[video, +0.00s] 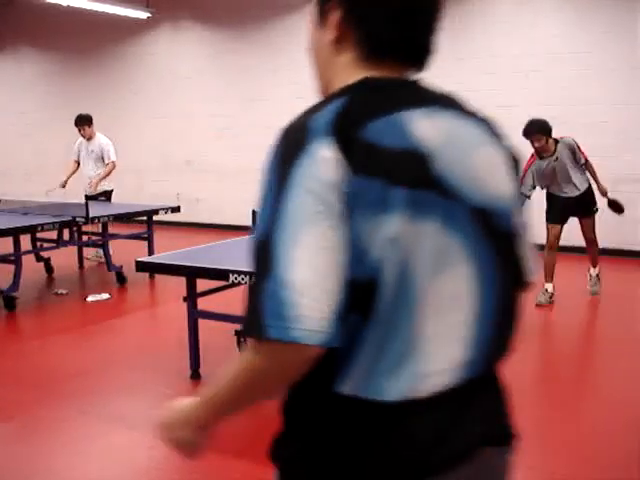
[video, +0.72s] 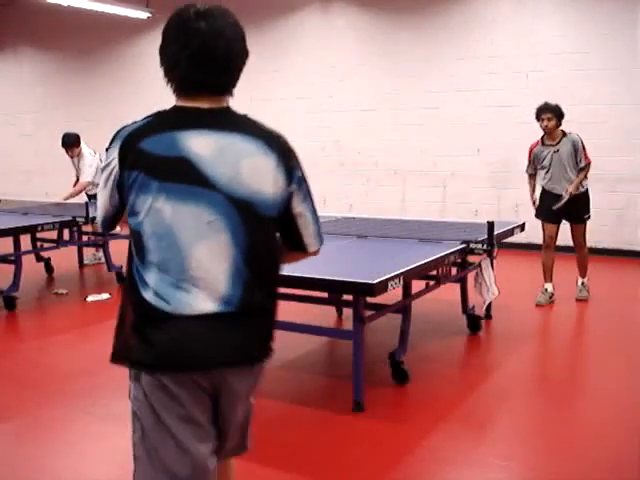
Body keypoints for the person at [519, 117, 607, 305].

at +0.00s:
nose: (536, 145)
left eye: (539, 140)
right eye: (533, 142)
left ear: (548, 136)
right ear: (530, 141)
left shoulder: (568, 145)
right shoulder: (533, 165)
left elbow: (586, 164)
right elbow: (520, 197)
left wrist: (599, 185)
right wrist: (512, 225)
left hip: (581, 192)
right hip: (556, 197)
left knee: (589, 237)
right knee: (551, 242)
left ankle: (594, 272)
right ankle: (548, 288)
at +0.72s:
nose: (545, 124)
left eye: (549, 120)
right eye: (542, 121)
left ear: (558, 120)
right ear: (539, 123)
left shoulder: (573, 141)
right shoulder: (536, 149)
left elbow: (585, 166)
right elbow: (531, 173)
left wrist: (576, 183)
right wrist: (532, 195)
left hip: (576, 195)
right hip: (550, 196)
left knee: (579, 243)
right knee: (548, 241)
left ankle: (582, 282)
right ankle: (547, 287)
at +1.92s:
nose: (572, 122)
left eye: (576, 118)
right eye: (570, 118)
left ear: (588, 119)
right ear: (570, 119)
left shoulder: (603, 142)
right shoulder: (565, 147)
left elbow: (610, 173)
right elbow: (559, 177)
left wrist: (587, 175)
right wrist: (545, 187)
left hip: (598, 200)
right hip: (572, 199)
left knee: (600, 250)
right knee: (557, 246)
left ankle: (604, 293)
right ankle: (548, 285)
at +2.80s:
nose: (578, 118)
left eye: (582, 114)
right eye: (578, 114)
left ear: (595, 115)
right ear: (586, 116)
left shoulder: (607, 141)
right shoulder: (587, 144)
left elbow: (607, 175)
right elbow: (587, 181)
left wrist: (573, 173)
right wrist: (564, 187)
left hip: (605, 205)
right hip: (585, 203)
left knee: (603, 260)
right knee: (576, 252)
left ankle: (621, 317)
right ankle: (578, 301)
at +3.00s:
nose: (582, 119)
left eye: (586, 113)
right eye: (582, 114)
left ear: (599, 114)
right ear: (601, 115)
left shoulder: (610, 138)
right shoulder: (609, 137)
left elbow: (600, 174)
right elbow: (607, 176)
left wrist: (567, 173)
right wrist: (589, 191)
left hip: (618, 204)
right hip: (610, 202)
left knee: (611, 260)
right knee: (599, 252)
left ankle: (622, 318)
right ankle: (602, 302)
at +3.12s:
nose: (585, 120)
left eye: (587, 115)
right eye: (584, 115)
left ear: (600, 115)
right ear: (603, 115)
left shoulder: (609, 138)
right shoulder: (616, 135)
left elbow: (603, 175)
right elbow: (611, 175)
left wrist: (578, 192)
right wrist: (594, 194)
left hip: (616, 202)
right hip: (621, 200)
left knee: (613, 260)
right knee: (611, 256)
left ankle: (622, 317)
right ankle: (619, 307)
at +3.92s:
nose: (581, 122)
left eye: (584, 117)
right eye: (581, 117)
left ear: (597, 116)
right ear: (602, 117)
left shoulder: (600, 137)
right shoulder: (614, 138)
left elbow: (597, 174)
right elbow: (607, 177)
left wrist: (567, 183)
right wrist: (581, 184)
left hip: (609, 199)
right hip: (627, 197)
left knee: (592, 258)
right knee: (622, 254)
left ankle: (586, 314)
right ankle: (633, 308)